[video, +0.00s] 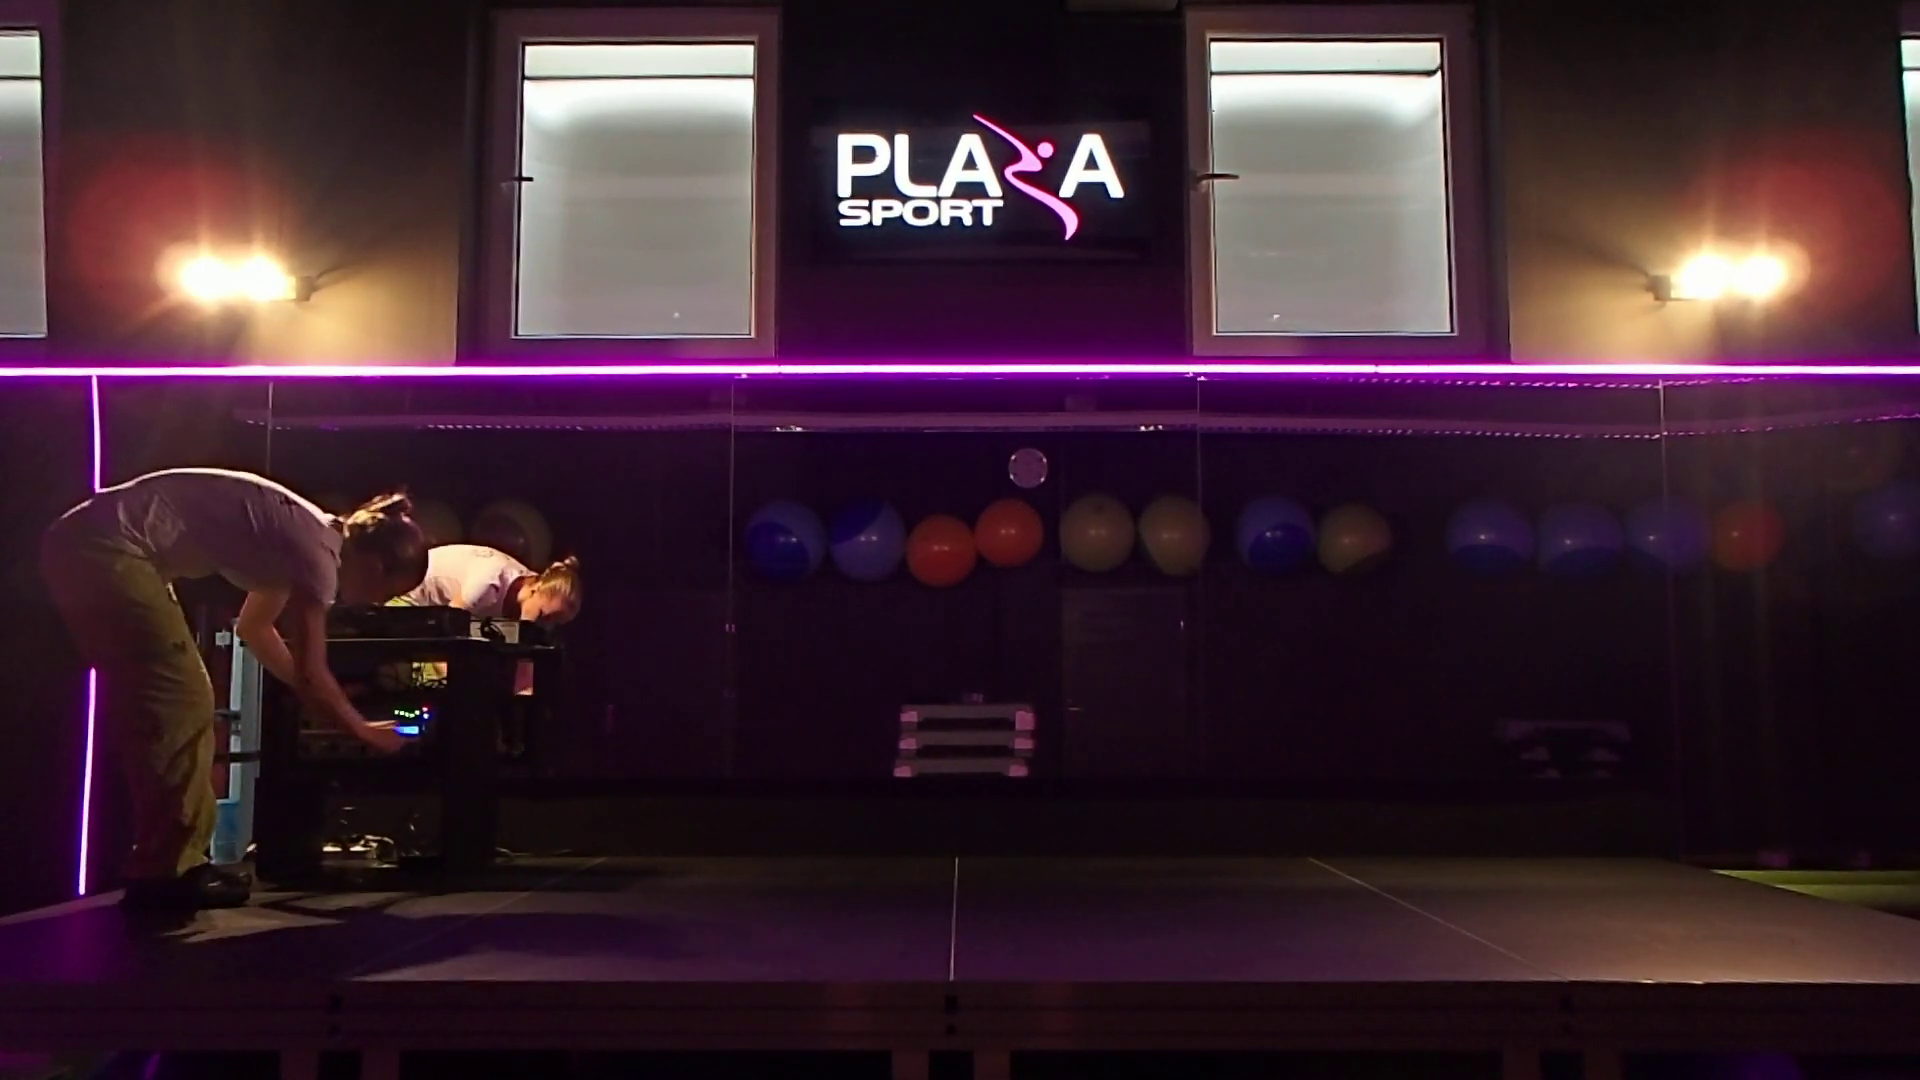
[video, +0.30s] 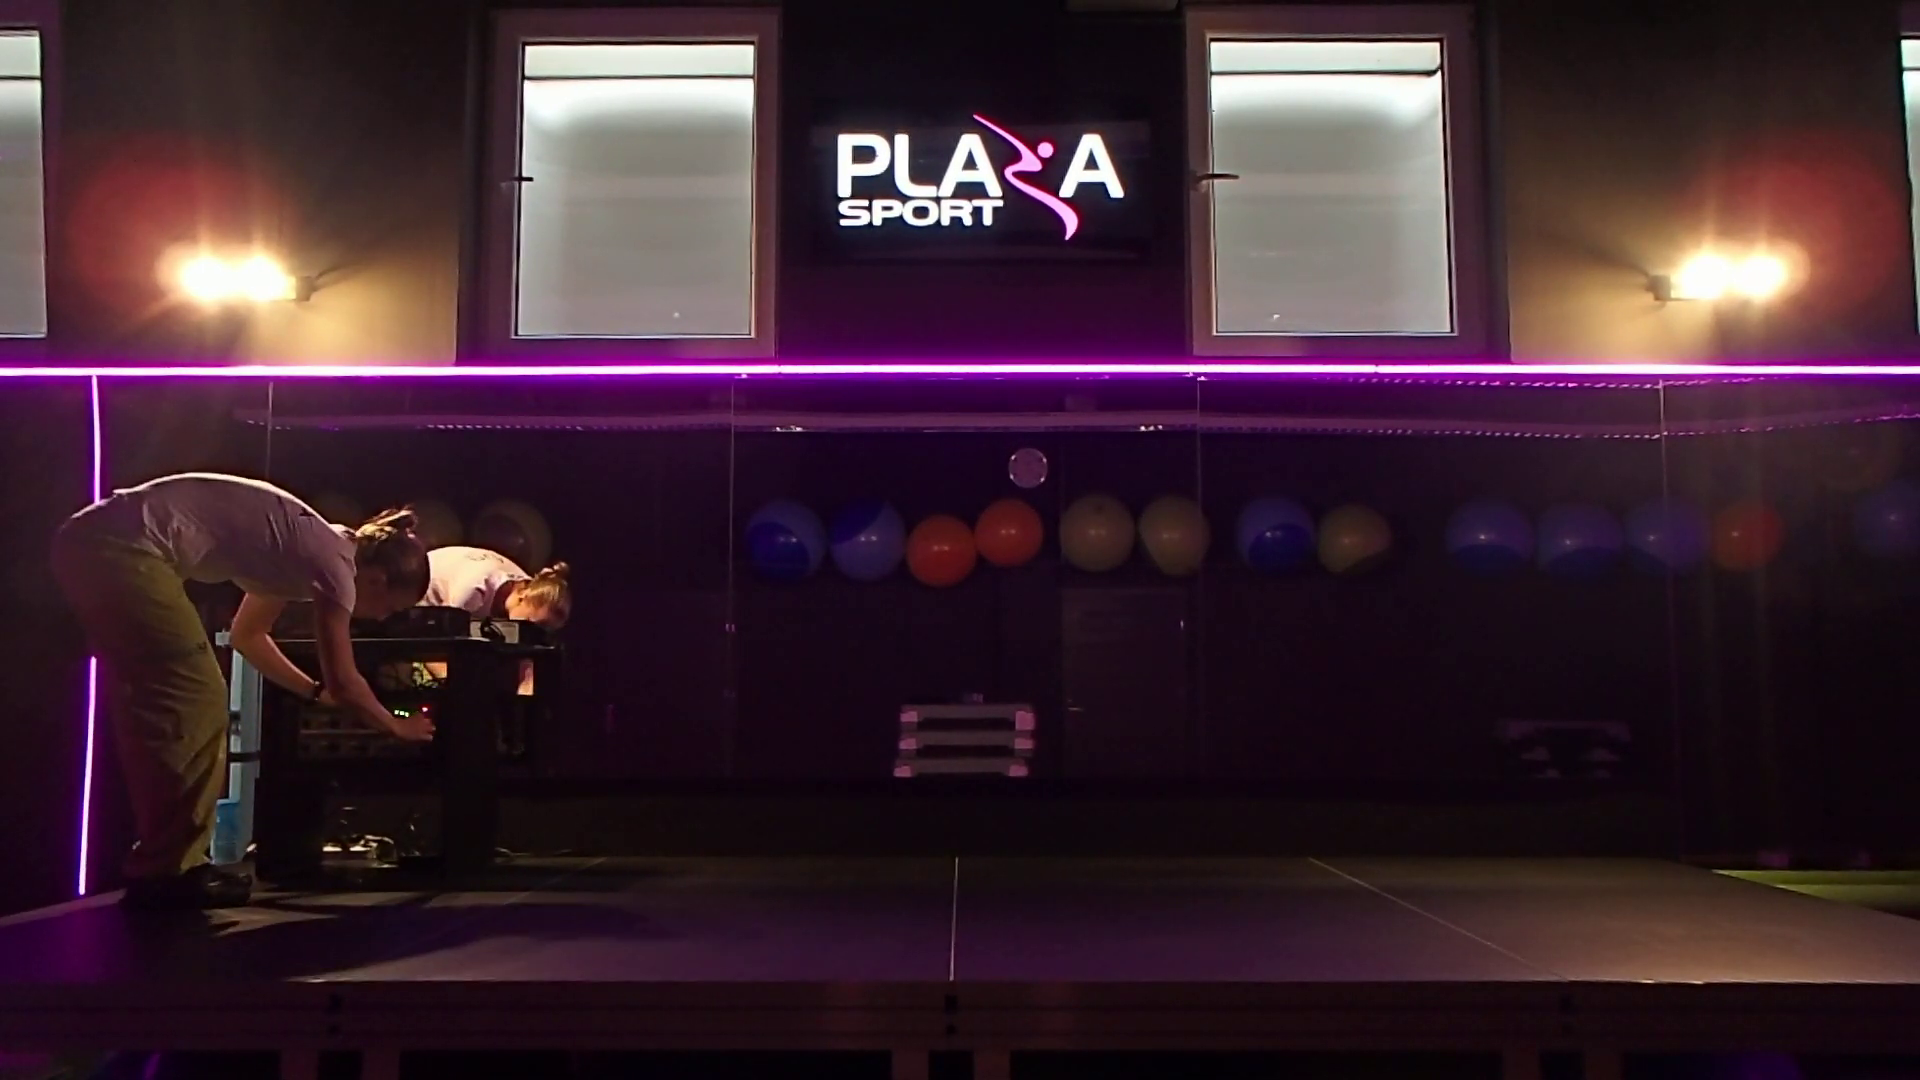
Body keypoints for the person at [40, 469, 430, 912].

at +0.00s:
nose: (380, 602)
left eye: (392, 596)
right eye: (389, 591)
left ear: (372, 554)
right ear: (374, 562)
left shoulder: (301, 539)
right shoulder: (317, 555)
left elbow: (254, 627)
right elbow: (314, 672)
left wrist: (309, 687)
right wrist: (361, 727)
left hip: (111, 547)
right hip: (108, 550)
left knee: (181, 696)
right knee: (182, 697)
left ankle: (177, 868)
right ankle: (168, 874)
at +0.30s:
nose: (378, 616)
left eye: (390, 612)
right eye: (388, 607)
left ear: (376, 568)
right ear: (379, 576)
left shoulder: (295, 554)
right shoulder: (333, 559)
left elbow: (246, 635)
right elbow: (343, 680)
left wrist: (313, 691)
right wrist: (396, 726)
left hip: (104, 544)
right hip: (124, 548)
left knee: (167, 696)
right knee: (196, 696)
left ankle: (168, 864)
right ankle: (171, 869)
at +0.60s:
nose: (379, 619)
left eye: (391, 615)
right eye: (389, 610)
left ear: (379, 570)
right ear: (380, 577)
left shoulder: (296, 553)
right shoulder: (338, 558)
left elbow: (247, 636)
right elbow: (344, 679)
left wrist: (315, 691)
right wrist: (395, 726)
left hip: (109, 542)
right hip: (132, 546)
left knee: (168, 695)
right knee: (197, 697)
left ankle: (165, 865)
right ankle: (172, 868)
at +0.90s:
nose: (380, 618)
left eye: (391, 614)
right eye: (389, 609)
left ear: (380, 571)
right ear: (380, 577)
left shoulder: (297, 552)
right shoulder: (338, 556)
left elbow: (247, 634)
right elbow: (343, 676)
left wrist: (314, 691)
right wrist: (394, 726)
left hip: (111, 542)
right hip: (134, 547)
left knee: (173, 697)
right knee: (198, 697)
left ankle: (166, 865)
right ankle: (172, 868)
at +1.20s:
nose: (380, 618)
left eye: (391, 615)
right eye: (389, 609)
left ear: (379, 570)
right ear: (379, 576)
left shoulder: (299, 551)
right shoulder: (338, 555)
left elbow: (248, 633)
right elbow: (342, 674)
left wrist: (314, 690)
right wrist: (395, 725)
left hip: (113, 542)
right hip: (132, 547)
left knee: (186, 697)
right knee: (197, 698)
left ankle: (169, 865)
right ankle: (170, 868)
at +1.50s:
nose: (378, 615)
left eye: (390, 611)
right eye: (388, 605)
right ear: (381, 574)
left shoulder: (296, 549)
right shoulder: (336, 551)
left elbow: (249, 632)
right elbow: (344, 672)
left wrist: (315, 691)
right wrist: (398, 722)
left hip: (111, 542)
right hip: (132, 547)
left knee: (181, 699)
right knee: (196, 700)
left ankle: (167, 866)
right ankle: (170, 869)